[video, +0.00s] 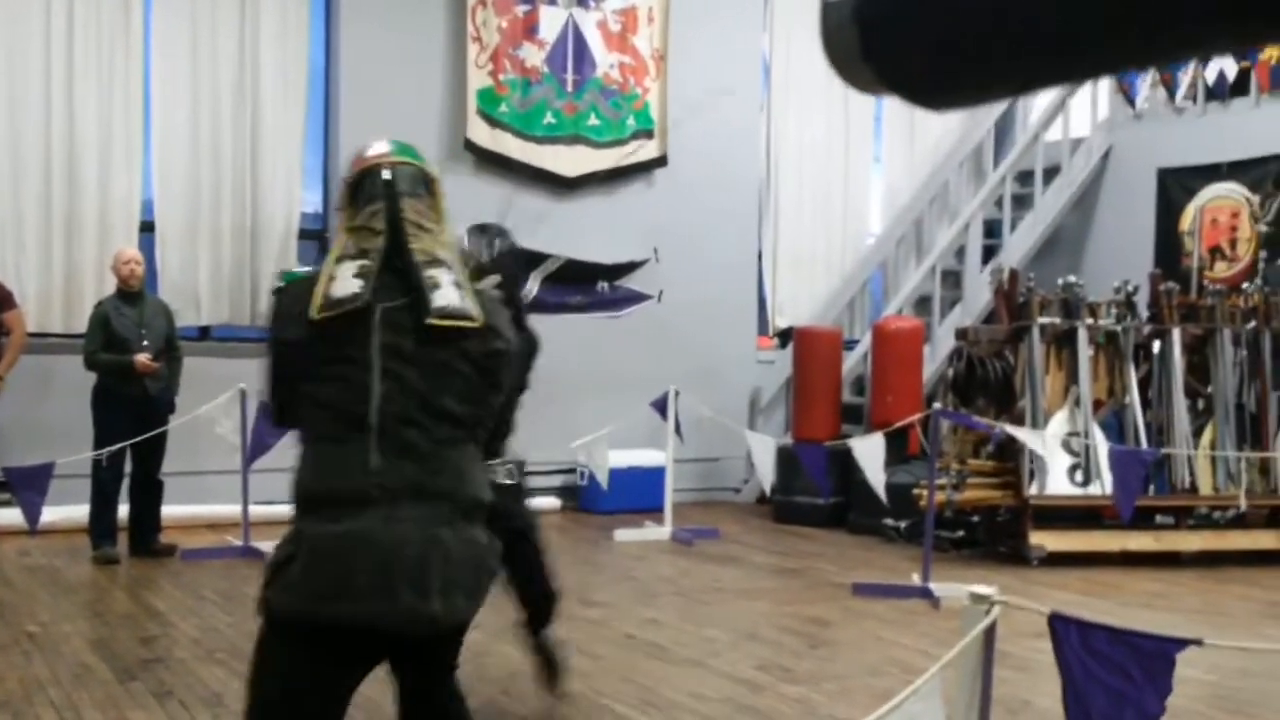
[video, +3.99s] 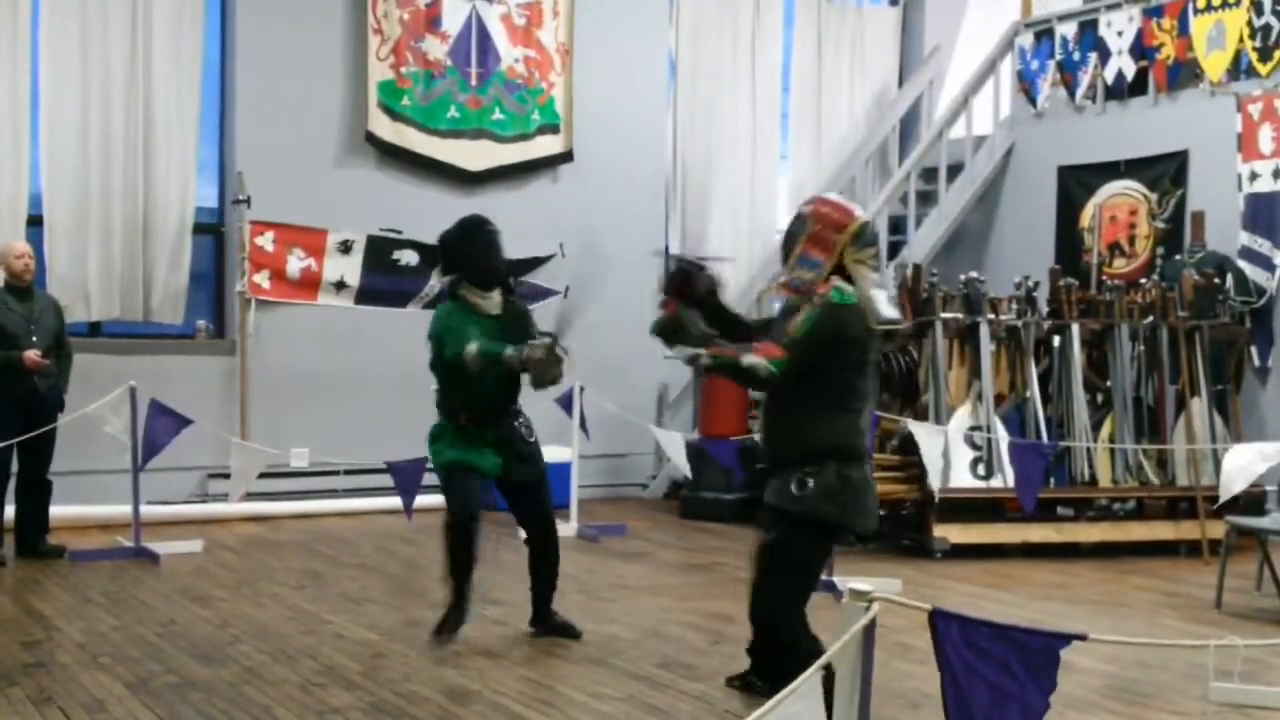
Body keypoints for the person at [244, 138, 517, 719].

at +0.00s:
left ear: (347, 209)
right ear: (433, 206)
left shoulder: (302, 300)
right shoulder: (484, 308)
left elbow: (287, 409)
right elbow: (489, 431)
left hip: (332, 567)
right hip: (443, 568)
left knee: (284, 708)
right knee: (432, 686)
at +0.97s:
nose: (220, 271)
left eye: (226, 260)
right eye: (214, 261)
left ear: (253, 262)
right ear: (209, 268)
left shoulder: (289, 328)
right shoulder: (192, 323)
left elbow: (289, 396)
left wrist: (235, 362)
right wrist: (205, 328)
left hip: (279, 490)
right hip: (210, 491)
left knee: (279, 617)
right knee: (138, 609)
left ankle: (281, 709)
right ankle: (166, 684)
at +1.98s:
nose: (260, 261)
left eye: (260, 250)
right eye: (253, 251)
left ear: (213, 257)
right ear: (230, 257)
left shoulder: (194, 303)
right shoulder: (217, 321)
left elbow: (214, 390)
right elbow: (231, 403)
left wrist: (238, 443)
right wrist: (244, 450)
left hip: (168, 446)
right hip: (192, 452)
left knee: (160, 541)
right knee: (245, 535)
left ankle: (134, 631)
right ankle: (230, 640)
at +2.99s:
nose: (492, 276)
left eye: (497, 268)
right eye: (482, 269)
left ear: (503, 272)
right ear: (463, 272)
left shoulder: (516, 327)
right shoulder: (439, 330)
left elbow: (533, 386)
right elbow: (438, 397)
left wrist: (516, 430)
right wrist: (461, 443)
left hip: (498, 441)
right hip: (446, 441)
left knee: (537, 530)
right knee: (421, 529)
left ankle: (538, 616)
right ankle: (368, 616)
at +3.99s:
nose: (497, 259)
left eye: (497, 250)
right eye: (486, 253)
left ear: (500, 256)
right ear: (465, 262)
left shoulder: (516, 313)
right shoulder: (450, 316)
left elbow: (531, 363)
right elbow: (465, 353)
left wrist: (547, 362)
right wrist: (515, 356)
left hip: (508, 430)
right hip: (460, 434)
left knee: (541, 523)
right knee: (463, 512)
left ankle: (543, 612)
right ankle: (458, 601)